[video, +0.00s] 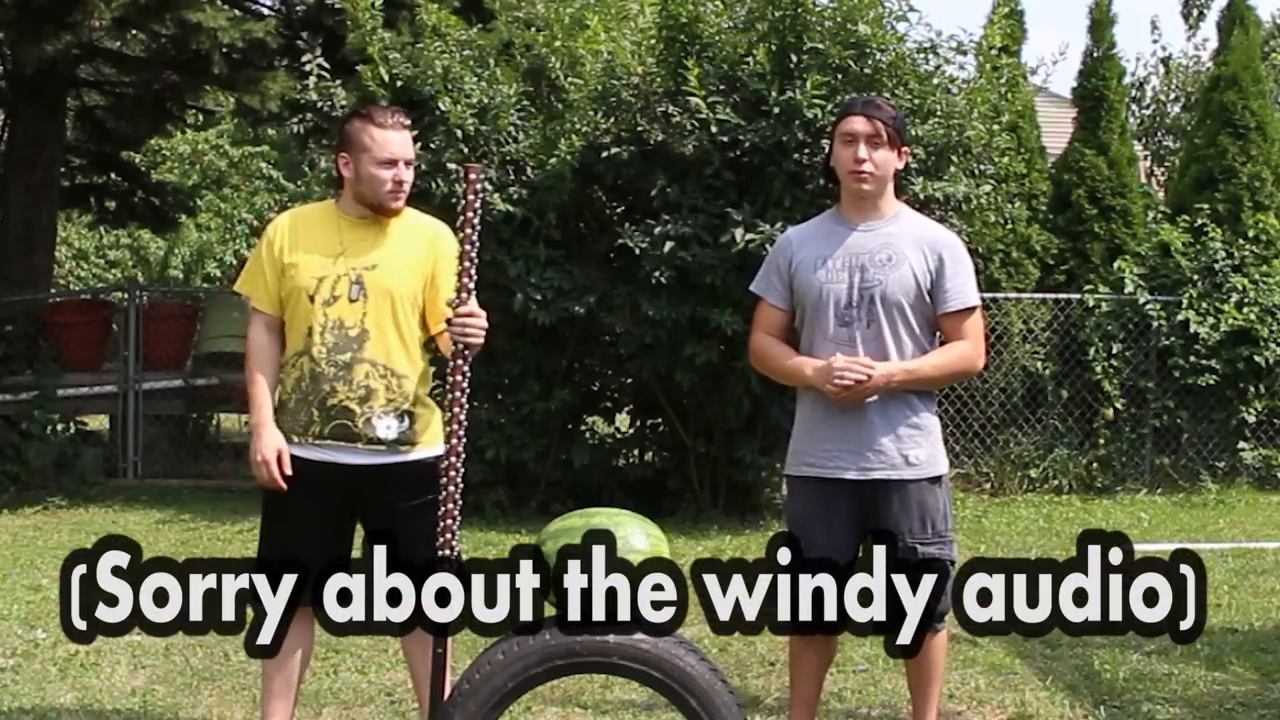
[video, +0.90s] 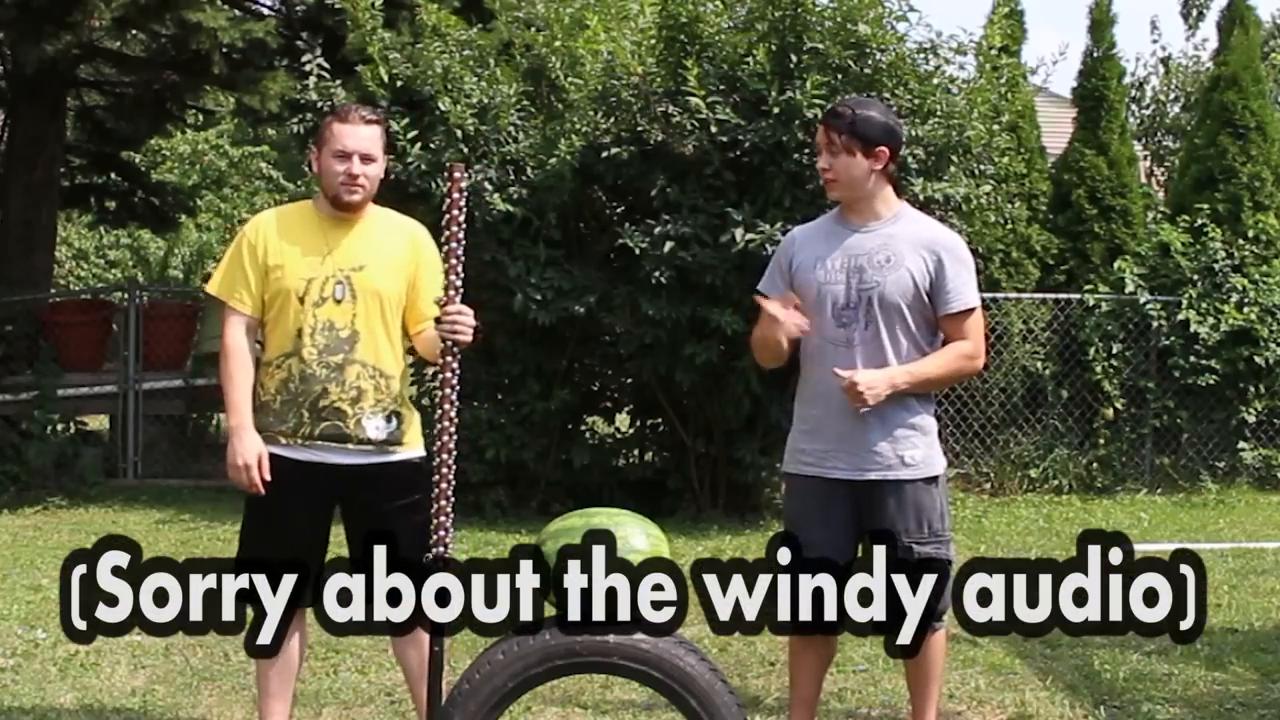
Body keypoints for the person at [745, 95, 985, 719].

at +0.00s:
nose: (861, 154)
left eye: (876, 143)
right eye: (849, 142)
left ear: (899, 157)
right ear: (832, 155)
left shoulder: (938, 244)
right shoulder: (795, 245)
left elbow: (970, 351)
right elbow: (762, 344)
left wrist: (887, 374)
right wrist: (813, 371)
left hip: (910, 466)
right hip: (818, 466)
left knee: (925, 611)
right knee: (812, 611)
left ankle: (925, 717)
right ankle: (800, 716)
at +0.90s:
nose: (821, 164)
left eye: (835, 153)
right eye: (820, 152)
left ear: (880, 159)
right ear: (820, 156)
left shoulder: (938, 245)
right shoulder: (798, 244)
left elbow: (970, 351)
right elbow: (767, 356)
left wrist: (893, 378)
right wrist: (773, 326)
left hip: (906, 467)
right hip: (816, 464)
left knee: (923, 611)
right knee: (810, 610)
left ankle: (924, 717)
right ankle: (800, 716)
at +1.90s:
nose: (809, 166)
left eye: (821, 153)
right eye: (808, 153)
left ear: (866, 158)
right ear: (825, 157)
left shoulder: (925, 244)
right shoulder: (799, 245)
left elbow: (953, 353)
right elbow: (760, 333)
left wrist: (853, 365)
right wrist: (791, 365)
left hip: (904, 468)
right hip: (815, 466)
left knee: (921, 611)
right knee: (811, 610)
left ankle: (924, 716)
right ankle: (799, 716)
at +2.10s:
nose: (808, 165)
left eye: (820, 153)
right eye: (807, 152)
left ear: (865, 157)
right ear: (841, 158)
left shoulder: (927, 244)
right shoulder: (799, 245)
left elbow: (961, 351)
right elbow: (768, 338)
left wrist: (863, 373)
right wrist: (803, 371)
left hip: (902, 468)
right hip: (813, 466)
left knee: (921, 611)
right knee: (810, 610)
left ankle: (924, 716)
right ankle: (800, 716)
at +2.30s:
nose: (810, 165)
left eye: (823, 153)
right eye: (810, 152)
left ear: (867, 157)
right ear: (838, 157)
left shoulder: (930, 243)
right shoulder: (799, 245)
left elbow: (962, 351)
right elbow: (766, 338)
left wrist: (865, 374)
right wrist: (803, 370)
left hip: (903, 468)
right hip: (814, 466)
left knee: (922, 611)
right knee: (809, 610)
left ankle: (924, 716)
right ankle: (799, 716)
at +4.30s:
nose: (827, 159)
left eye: (841, 147)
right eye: (825, 146)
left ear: (884, 155)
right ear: (825, 153)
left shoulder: (935, 246)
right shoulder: (803, 242)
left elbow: (965, 354)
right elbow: (771, 338)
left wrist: (871, 376)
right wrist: (804, 373)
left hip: (902, 467)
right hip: (812, 464)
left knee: (920, 612)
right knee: (807, 611)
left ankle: (924, 716)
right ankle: (799, 716)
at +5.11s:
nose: (835, 155)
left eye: (851, 143)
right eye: (827, 143)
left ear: (887, 154)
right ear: (817, 155)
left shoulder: (934, 242)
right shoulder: (802, 245)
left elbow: (961, 350)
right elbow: (779, 343)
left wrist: (875, 374)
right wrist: (711, 354)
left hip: (904, 465)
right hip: (814, 463)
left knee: (922, 613)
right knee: (809, 611)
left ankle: (924, 717)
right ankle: (800, 716)